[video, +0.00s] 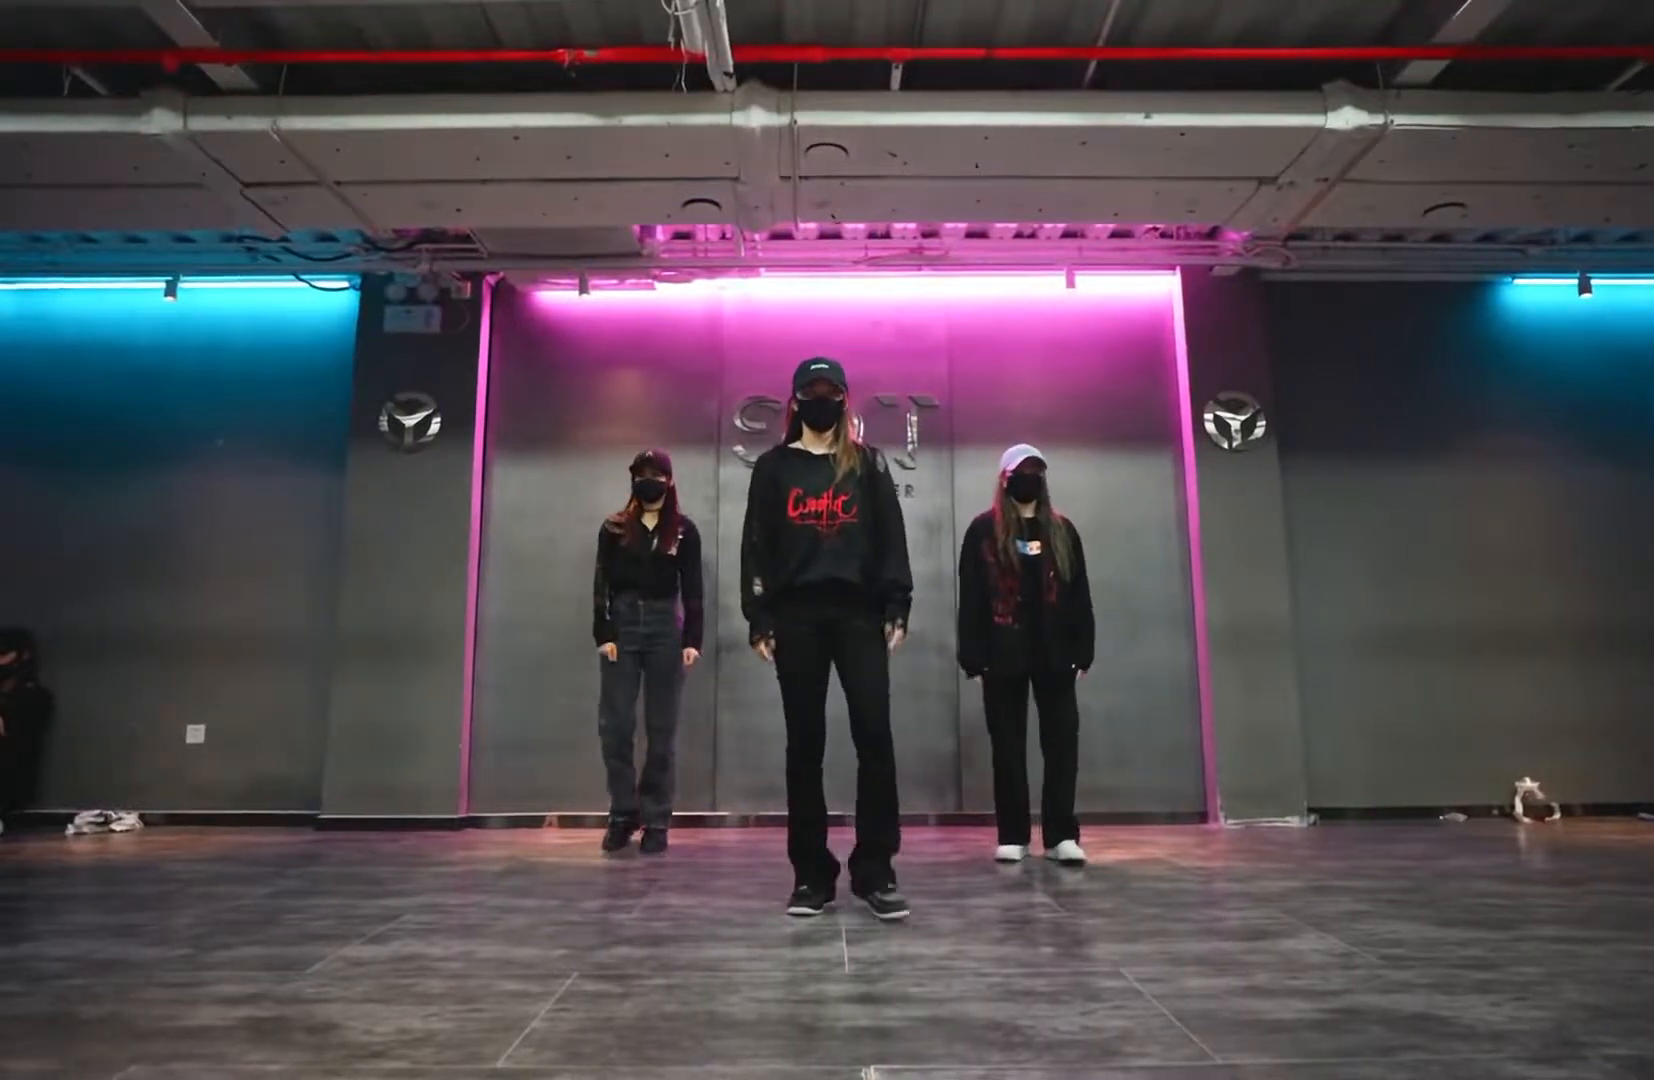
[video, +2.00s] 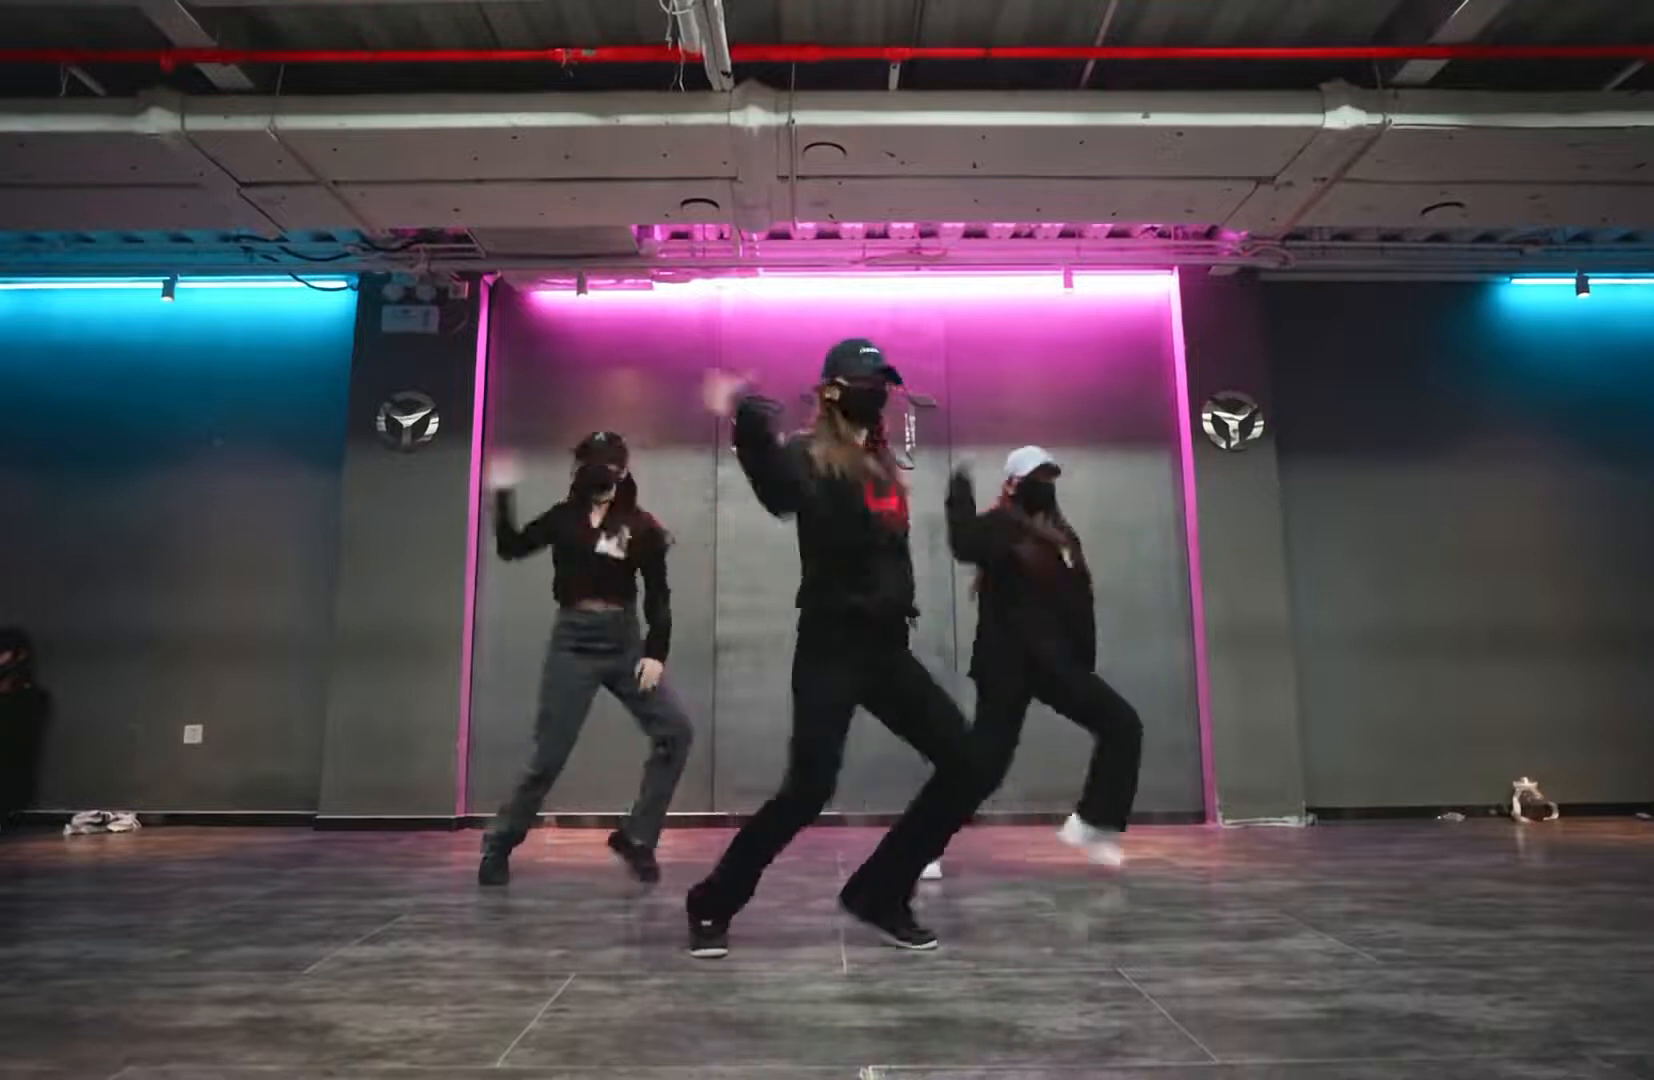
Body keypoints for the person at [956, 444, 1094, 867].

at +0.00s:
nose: (1031, 482)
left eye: (1036, 475)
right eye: (1023, 475)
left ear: (1044, 479)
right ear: (1006, 479)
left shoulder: (1062, 529)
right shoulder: (983, 530)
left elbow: (1079, 594)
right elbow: (971, 596)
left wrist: (1083, 649)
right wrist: (972, 654)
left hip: (1055, 656)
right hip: (1002, 657)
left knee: (1062, 746)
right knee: (1008, 749)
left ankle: (1062, 837)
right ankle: (1012, 838)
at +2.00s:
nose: (1047, 489)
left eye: (1050, 482)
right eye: (1038, 482)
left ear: (1050, 485)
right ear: (1015, 486)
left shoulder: (1059, 533)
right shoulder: (1001, 526)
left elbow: (1079, 603)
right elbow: (966, 545)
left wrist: (1083, 663)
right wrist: (960, 496)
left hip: (1053, 662)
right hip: (1007, 664)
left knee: (1121, 724)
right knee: (984, 762)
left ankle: (1095, 824)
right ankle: (925, 843)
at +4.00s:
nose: (1069, 481)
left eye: (1077, 472)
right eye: (1060, 472)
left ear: (1088, 476)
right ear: (1043, 474)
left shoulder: (1116, 518)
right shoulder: (1026, 520)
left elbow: (1168, 510)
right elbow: (975, 527)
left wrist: (1112, 482)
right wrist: (977, 467)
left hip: (1110, 650)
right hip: (1048, 649)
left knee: (1118, 745)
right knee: (1007, 731)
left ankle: (1124, 848)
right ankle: (995, 836)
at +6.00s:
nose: (1063, 411)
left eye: (1069, 403)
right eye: (1053, 404)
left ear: (1079, 410)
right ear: (1034, 411)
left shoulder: (1100, 471)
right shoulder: (1007, 462)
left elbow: (1117, 546)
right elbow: (956, 494)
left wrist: (1132, 596)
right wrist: (921, 437)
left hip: (1091, 610)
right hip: (1023, 611)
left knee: (1117, 714)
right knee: (1000, 721)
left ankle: (1157, 823)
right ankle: (972, 830)